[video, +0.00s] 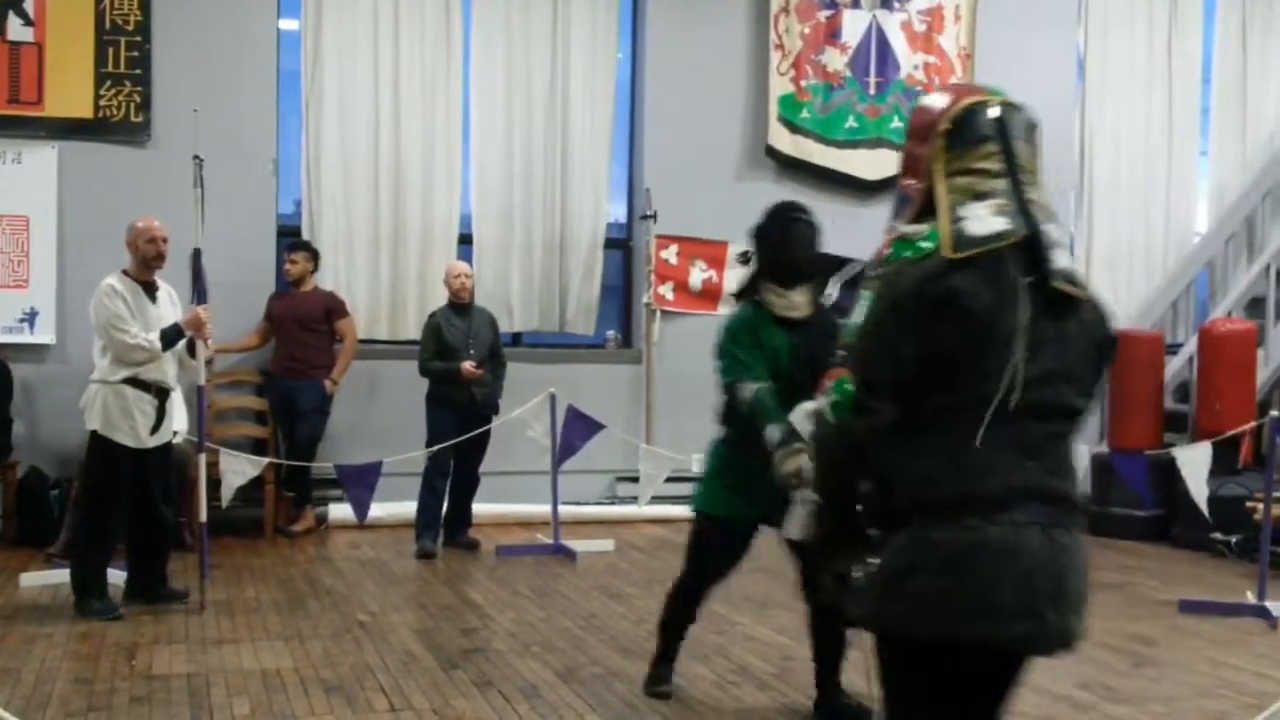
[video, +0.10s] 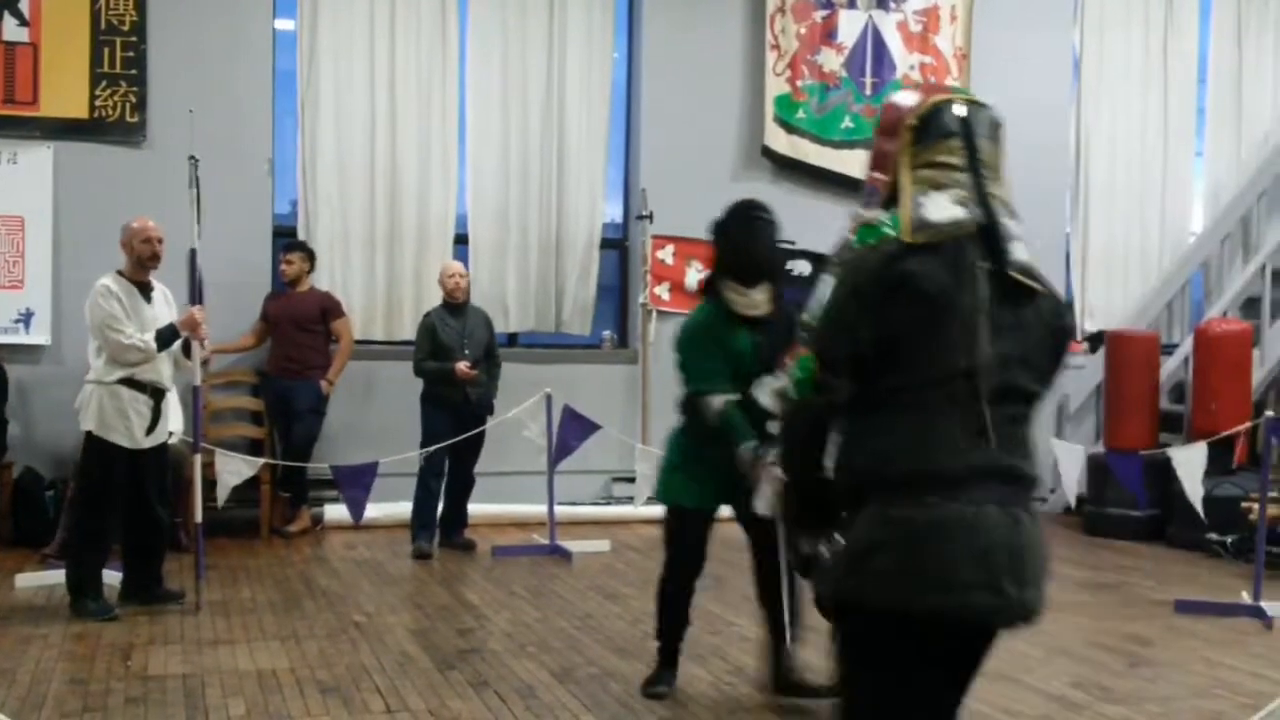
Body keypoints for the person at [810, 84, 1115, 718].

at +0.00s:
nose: (918, 180)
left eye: (927, 166)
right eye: (923, 165)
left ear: (944, 171)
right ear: (1026, 168)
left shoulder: (922, 285)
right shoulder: (1076, 306)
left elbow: (860, 418)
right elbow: (1054, 430)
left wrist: (843, 535)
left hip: (931, 559)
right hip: (1034, 558)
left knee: (918, 703)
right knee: (972, 704)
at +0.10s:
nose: (893, 166)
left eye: (901, 153)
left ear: (908, 166)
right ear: (993, 167)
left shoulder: (880, 270)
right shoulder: (1035, 296)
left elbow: (811, 401)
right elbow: (1012, 417)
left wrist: (811, 515)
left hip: (892, 546)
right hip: (995, 547)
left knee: (874, 705)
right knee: (932, 708)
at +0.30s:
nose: (817, 149)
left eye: (827, 138)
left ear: (841, 151)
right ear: (921, 152)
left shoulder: (812, 244)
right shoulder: (965, 275)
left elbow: (749, 376)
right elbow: (936, 395)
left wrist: (750, 487)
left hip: (828, 514)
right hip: (932, 520)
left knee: (703, 661)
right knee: (884, 708)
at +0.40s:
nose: (808, 151)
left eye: (815, 139)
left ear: (822, 149)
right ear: (904, 148)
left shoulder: (796, 238)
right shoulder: (947, 269)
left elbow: (734, 368)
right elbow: (919, 389)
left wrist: (732, 478)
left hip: (809, 505)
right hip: (911, 513)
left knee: (671, 632)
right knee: (871, 707)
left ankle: (747, 715)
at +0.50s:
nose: (773, 148)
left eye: (782, 135)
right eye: (777, 134)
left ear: (799, 145)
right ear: (875, 144)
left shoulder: (767, 235)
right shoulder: (922, 266)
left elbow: (711, 366)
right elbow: (896, 389)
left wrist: (707, 460)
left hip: (778, 503)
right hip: (884, 512)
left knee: (635, 632)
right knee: (858, 707)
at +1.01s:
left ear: (583, 122)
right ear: (678, 128)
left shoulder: (526, 232)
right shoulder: (726, 250)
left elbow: (463, 370)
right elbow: (742, 414)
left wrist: (530, 434)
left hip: (543, 534)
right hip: (678, 538)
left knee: (504, 709)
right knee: (725, 706)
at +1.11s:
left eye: (547, 79)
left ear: (534, 89)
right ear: (634, 93)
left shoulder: (471, 202)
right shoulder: (686, 214)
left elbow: (416, 345)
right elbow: (705, 385)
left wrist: (489, 401)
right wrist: (623, 411)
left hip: (497, 506)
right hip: (635, 511)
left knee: (472, 704)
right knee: (672, 702)